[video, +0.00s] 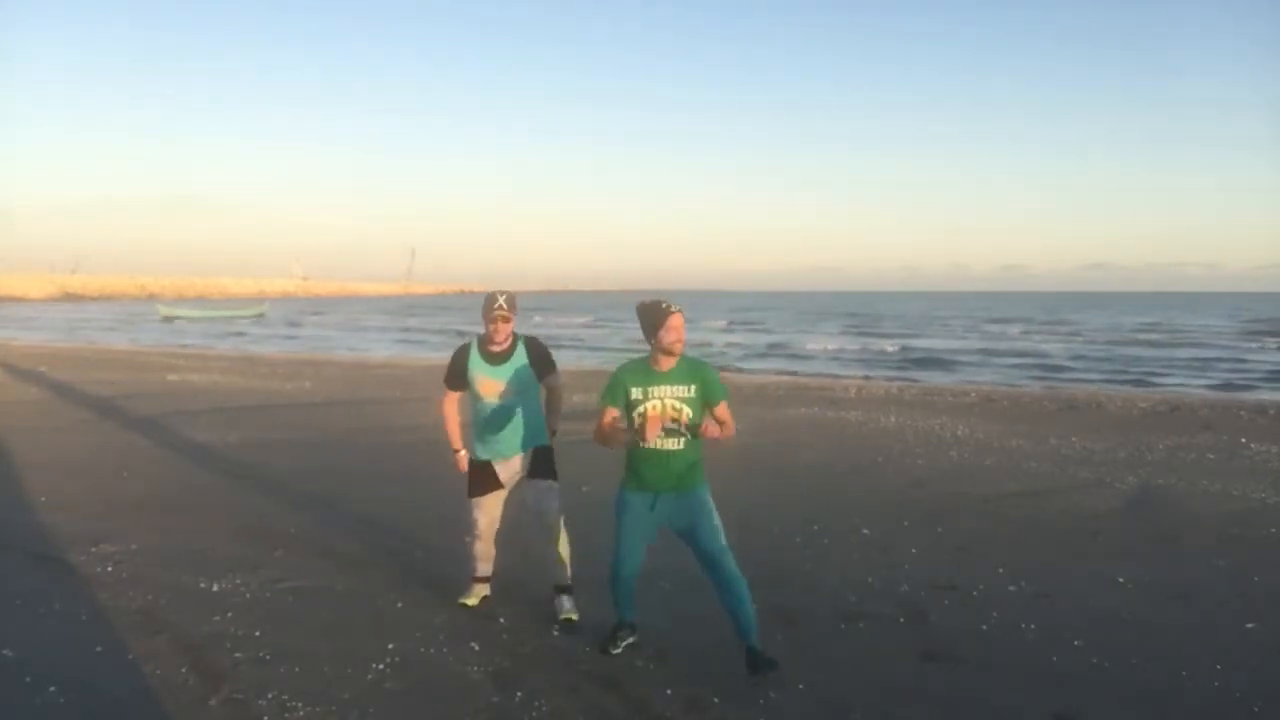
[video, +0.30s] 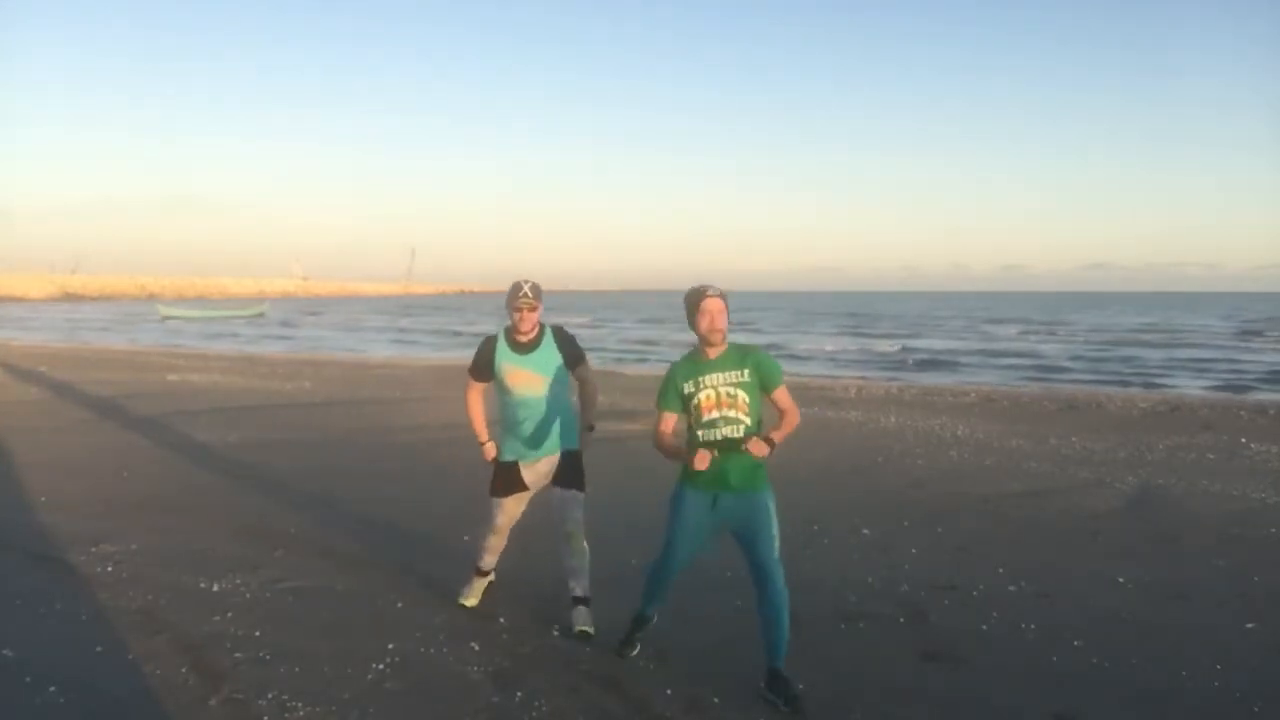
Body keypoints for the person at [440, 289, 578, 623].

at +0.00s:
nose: (499, 327)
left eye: (505, 320)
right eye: (493, 320)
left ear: (514, 321)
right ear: (484, 321)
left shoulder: (532, 349)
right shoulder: (465, 356)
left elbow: (554, 387)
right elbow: (450, 401)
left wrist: (551, 426)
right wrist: (457, 447)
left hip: (534, 450)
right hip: (487, 455)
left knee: (553, 520)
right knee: (482, 524)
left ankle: (563, 593)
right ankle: (480, 583)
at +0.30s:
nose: (524, 316)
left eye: (531, 309)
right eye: (518, 309)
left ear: (540, 310)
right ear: (508, 311)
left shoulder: (560, 340)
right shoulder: (492, 348)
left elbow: (587, 380)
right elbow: (474, 393)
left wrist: (587, 422)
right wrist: (484, 440)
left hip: (562, 450)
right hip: (514, 454)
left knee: (573, 529)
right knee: (499, 525)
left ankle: (581, 606)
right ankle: (481, 576)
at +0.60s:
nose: (551, 306)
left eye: (557, 299)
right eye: (544, 300)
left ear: (566, 300)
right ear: (533, 301)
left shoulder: (583, 334)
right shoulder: (514, 337)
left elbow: (609, 378)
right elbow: (492, 386)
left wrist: (617, 413)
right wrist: (495, 419)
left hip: (573, 449)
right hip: (526, 450)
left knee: (572, 530)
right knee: (529, 531)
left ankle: (579, 606)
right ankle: (542, 602)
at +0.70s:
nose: (551, 306)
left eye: (557, 299)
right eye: (544, 299)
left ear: (566, 299)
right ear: (532, 300)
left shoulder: (582, 334)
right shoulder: (512, 336)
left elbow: (609, 375)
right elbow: (491, 385)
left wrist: (615, 399)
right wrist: (495, 403)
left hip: (573, 448)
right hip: (525, 450)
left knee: (575, 530)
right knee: (533, 533)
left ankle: (579, 607)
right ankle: (543, 609)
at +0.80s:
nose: (550, 311)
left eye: (556, 304)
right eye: (543, 304)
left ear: (565, 305)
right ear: (531, 304)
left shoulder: (581, 340)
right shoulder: (511, 343)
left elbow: (610, 383)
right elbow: (487, 392)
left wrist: (613, 402)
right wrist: (492, 405)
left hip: (574, 455)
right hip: (525, 457)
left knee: (572, 539)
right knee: (534, 540)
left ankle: (575, 615)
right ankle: (544, 611)